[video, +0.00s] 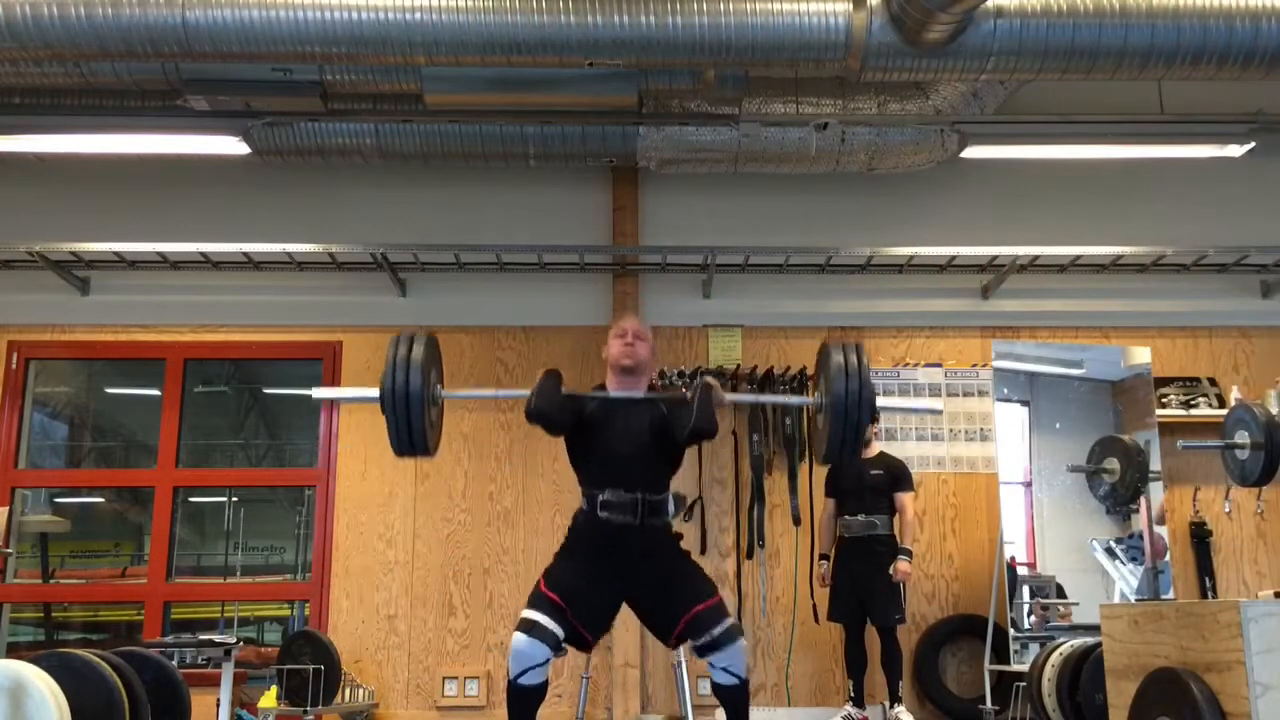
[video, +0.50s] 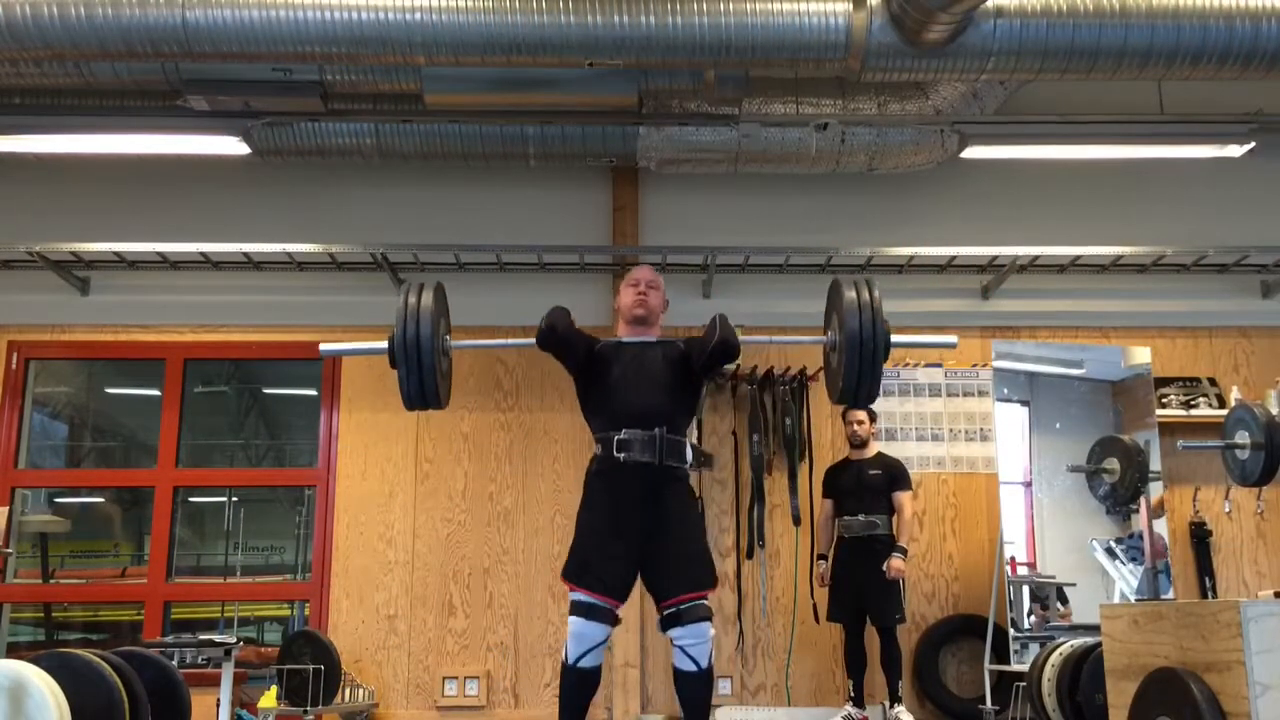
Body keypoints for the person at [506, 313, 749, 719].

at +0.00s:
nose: (629, 341)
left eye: (639, 338)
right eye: (620, 335)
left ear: (653, 360)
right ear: (605, 353)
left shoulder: (668, 409)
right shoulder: (583, 406)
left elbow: (702, 426)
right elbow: (545, 411)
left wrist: (703, 391)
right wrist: (550, 379)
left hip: (655, 549)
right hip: (590, 546)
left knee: (729, 649)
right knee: (526, 650)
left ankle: (738, 718)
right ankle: (521, 718)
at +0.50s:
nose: (642, 290)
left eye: (652, 286)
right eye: (633, 284)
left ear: (664, 306)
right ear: (616, 302)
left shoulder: (683, 354)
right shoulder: (594, 353)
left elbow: (722, 350)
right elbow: (558, 337)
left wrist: (720, 331)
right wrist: (557, 318)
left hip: (673, 501)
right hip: (609, 499)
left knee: (694, 633)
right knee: (587, 631)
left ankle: (697, 718)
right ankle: (570, 718)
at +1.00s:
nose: (639, 321)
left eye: (649, 312)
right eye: (631, 310)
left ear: (663, 311)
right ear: (615, 306)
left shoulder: (684, 361)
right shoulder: (586, 359)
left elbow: (730, 428)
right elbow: (548, 433)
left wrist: (728, 407)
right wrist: (550, 411)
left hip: (661, 502)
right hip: (600, 500)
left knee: (686, 626)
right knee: (583, 622)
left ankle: (698, 716)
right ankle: (568, 717)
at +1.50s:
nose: (649, 335)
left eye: (658, 325)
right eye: (641, 324)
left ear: (674, 325)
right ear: (628, 322)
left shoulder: (693, 377)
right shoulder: (601, 374)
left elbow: (722, 437)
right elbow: (582, 437)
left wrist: (744, 497)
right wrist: (570, 497)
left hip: (672, 509)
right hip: (615, 507)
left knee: (677, 616)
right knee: (597, 609)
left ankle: (688, 711)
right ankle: (594, 702)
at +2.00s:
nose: (610, 352)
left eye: (619, 344)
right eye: (604, 343)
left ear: (633, 345)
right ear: (591, 341)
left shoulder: (652, 390)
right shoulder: (569, 390)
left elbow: (671, 456)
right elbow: (542, 448)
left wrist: (652, 497)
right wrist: (547, 484)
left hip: (641, 517)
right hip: (590, 518)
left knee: (655, 625)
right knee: (593, 628)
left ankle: (669, 712)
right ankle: (594, 714)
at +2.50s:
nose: (632, 374)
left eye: (641, 366)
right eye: (626, 365)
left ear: (654, 363)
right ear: (614, 359)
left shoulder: (673, 405)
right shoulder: (591, 404)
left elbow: (691, 471)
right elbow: (574, 469)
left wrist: (699, 536)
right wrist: (563, 529)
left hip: (656, 530)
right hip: (605, 528)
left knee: (654, 633)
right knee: (601, 631)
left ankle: (653, 715)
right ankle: (596, 714)